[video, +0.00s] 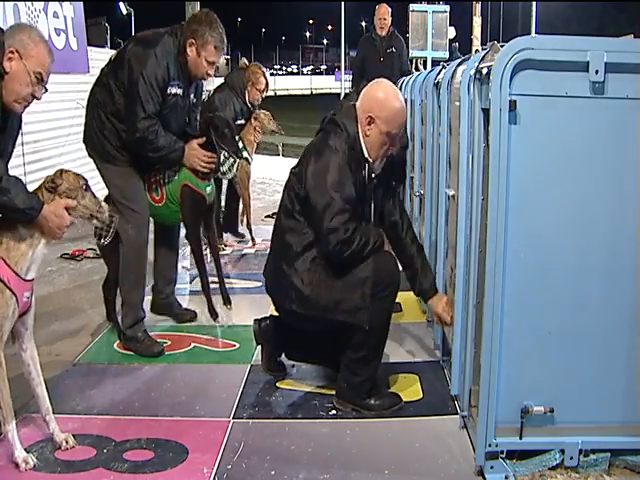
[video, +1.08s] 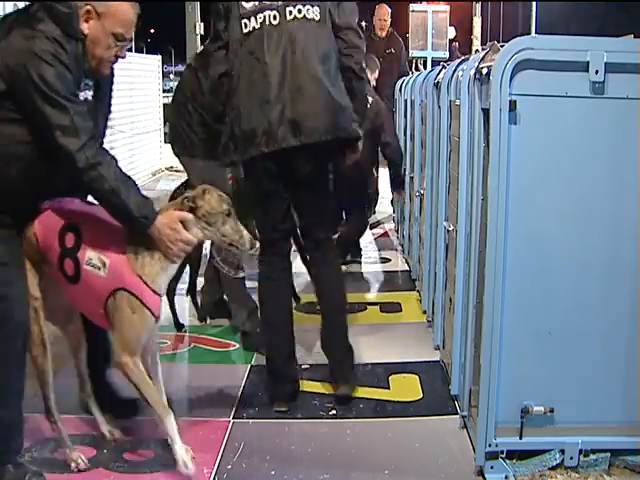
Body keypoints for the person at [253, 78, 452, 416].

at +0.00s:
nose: (396, 145)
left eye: (399, 136)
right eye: (391, 136)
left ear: (373, 123)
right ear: (366, 124)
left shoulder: (374, 154)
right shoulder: (331, 154)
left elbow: (397, 225)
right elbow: (340, 246)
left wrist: (430, 294)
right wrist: (379, 237)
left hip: (327, 280)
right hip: (297, 281)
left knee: (355, 355)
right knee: (382, 270)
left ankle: (277, 333)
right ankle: (356, 389)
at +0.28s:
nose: (400, 125)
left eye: (403, 117)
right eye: (398, 116)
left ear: (380, 103)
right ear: (377, 104)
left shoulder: (367, 131)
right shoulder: (340, 131)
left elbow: (389, 217)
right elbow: (353, 234)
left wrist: (414, 288)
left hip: (326, 262)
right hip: (300, 263)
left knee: (354, 340)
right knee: (384, 277)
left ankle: (271, 335)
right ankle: (357, 388)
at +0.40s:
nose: (402, 84)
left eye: (404, 75)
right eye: (403, 74)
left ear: (376, 59)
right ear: (390, 66)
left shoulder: (344, 86)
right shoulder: (353, 98)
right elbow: (361, 193)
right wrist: (393, 236)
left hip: (297, 230)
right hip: (305, 234)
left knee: (349, 314)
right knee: (391, 271)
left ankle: (271, 336)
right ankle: (357, 387)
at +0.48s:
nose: (397, 58)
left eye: (400, 49)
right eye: (399, 48)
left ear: (367, 29)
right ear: (390, 39)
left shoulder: (330, 66)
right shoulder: (356, 78)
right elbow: (373, 169)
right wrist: (397, 230)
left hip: (290, 208)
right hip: (311, 211)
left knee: (349, 288)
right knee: (390, 272)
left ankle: (272, 339)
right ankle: (358, 386)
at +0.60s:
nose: (391, 19)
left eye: (392, 11)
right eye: (391, 10)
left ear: (352, 3)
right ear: (377, 5)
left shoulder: (313, 31)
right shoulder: (367, 46)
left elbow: (294, 114)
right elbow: (383, 138)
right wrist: (401, 211)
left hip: (285, 187)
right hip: (327, 191)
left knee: (334, 265)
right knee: (387, 265)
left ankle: (281, 362)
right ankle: (358, 385)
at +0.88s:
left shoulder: (257, 8)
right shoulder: (352, 5)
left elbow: (236, 81)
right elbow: (372, 72)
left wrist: (253, 146)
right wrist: (390, 144)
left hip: (267, 151)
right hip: (329, 149)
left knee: (291, 260)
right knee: (360, 258)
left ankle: (283, 385)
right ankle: (355, 385)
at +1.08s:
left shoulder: (228, 9)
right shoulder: (335, 4)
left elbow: (216, 60)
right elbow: (350, 48)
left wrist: (228, 138)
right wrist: (353, 125)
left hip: (255, 125)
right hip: (316, 117)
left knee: (273, 253)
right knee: (322, 247)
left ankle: (282, 386)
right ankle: (342, 375)